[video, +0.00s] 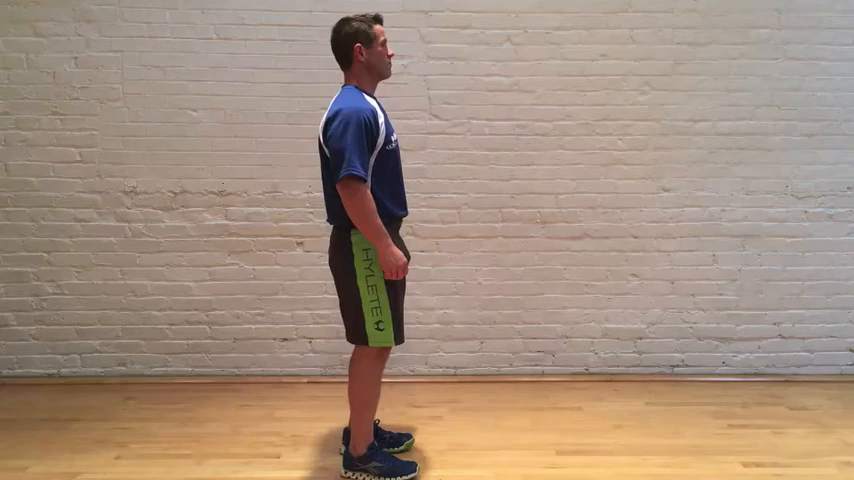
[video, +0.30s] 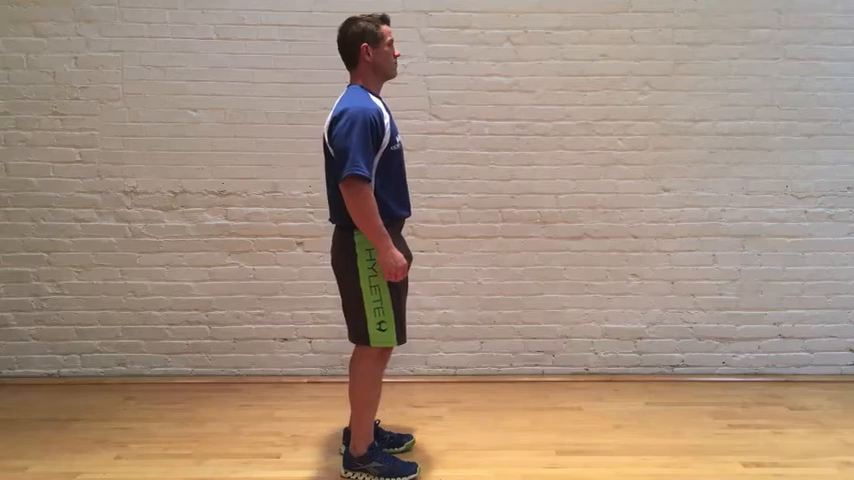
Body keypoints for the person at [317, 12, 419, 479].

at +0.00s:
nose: (391, 52)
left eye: (388, 44)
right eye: (384, 45)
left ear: (359, 53)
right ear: (361, 53)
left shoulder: (363, 105)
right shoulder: (352, 110)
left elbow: (362, 186)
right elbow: (351, 189)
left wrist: (389, 243)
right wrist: (385, 247)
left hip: (370, 239)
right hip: (362, 242)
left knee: (374, 341)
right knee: (373, 345)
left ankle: (362, 428)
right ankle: (360, 451)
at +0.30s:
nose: (398, 52)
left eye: (395, 44)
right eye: (390, 45)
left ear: (366, 54)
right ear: (368, 53)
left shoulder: (369, 104)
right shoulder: (357, 110)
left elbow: (368, 186)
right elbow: (353, 188)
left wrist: (393, 243)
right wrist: (385, 249)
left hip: (375, 237)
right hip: (364, 241)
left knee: (377, 341)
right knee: (373, 344)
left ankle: (363, 428)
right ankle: (360, 451)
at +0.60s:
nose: (409, 54)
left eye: (407, 46)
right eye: (402, 46)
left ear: (376, 55)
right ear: (378, 54)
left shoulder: (376, 106)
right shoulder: (368, 110)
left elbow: (372, 187)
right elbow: (361, 188)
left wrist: (395, 244)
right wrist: (390, 249)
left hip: (376, 238)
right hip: (366, 241)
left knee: (380, 341)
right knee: (375, 344)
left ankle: (363, 428)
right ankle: (360, 451)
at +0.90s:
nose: (478, 133)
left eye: (480, 125)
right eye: (475, 123)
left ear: (449, 116)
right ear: (454, 116)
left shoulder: (418, 144)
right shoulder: (421, 155)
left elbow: (405, 231)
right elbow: (411, 230)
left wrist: (425, 281)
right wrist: (437, 294)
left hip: (341, 244)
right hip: (339, 247)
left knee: (378, 347)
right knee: (390, 351)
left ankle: (361, 429)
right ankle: (360, 452)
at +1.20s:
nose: (497, 317)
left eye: (503, 311)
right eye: (501, 308)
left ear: (485, 287)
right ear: (489, 292)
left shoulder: (455, 283)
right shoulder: (451, 298)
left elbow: (451, 369)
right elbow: (453, 385)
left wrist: (464, 410)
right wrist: (476, 448)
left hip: (326, 262)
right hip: (322, 274)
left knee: (384, 353)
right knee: (396, 363)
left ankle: (362, 430)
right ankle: (361, 455)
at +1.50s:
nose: (535, 377)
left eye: (540, 373)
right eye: (541, 372)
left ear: (528, 343)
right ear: (533, 357)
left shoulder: (488, 330)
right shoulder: (494, 352)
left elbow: (449, 385)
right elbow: (461, 421)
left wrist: (460, 428)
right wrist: (468, 473)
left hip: (373, 296)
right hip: (375, 307)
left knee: (291, 363)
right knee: (296, 402)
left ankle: (212, 376)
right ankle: (180, 413)